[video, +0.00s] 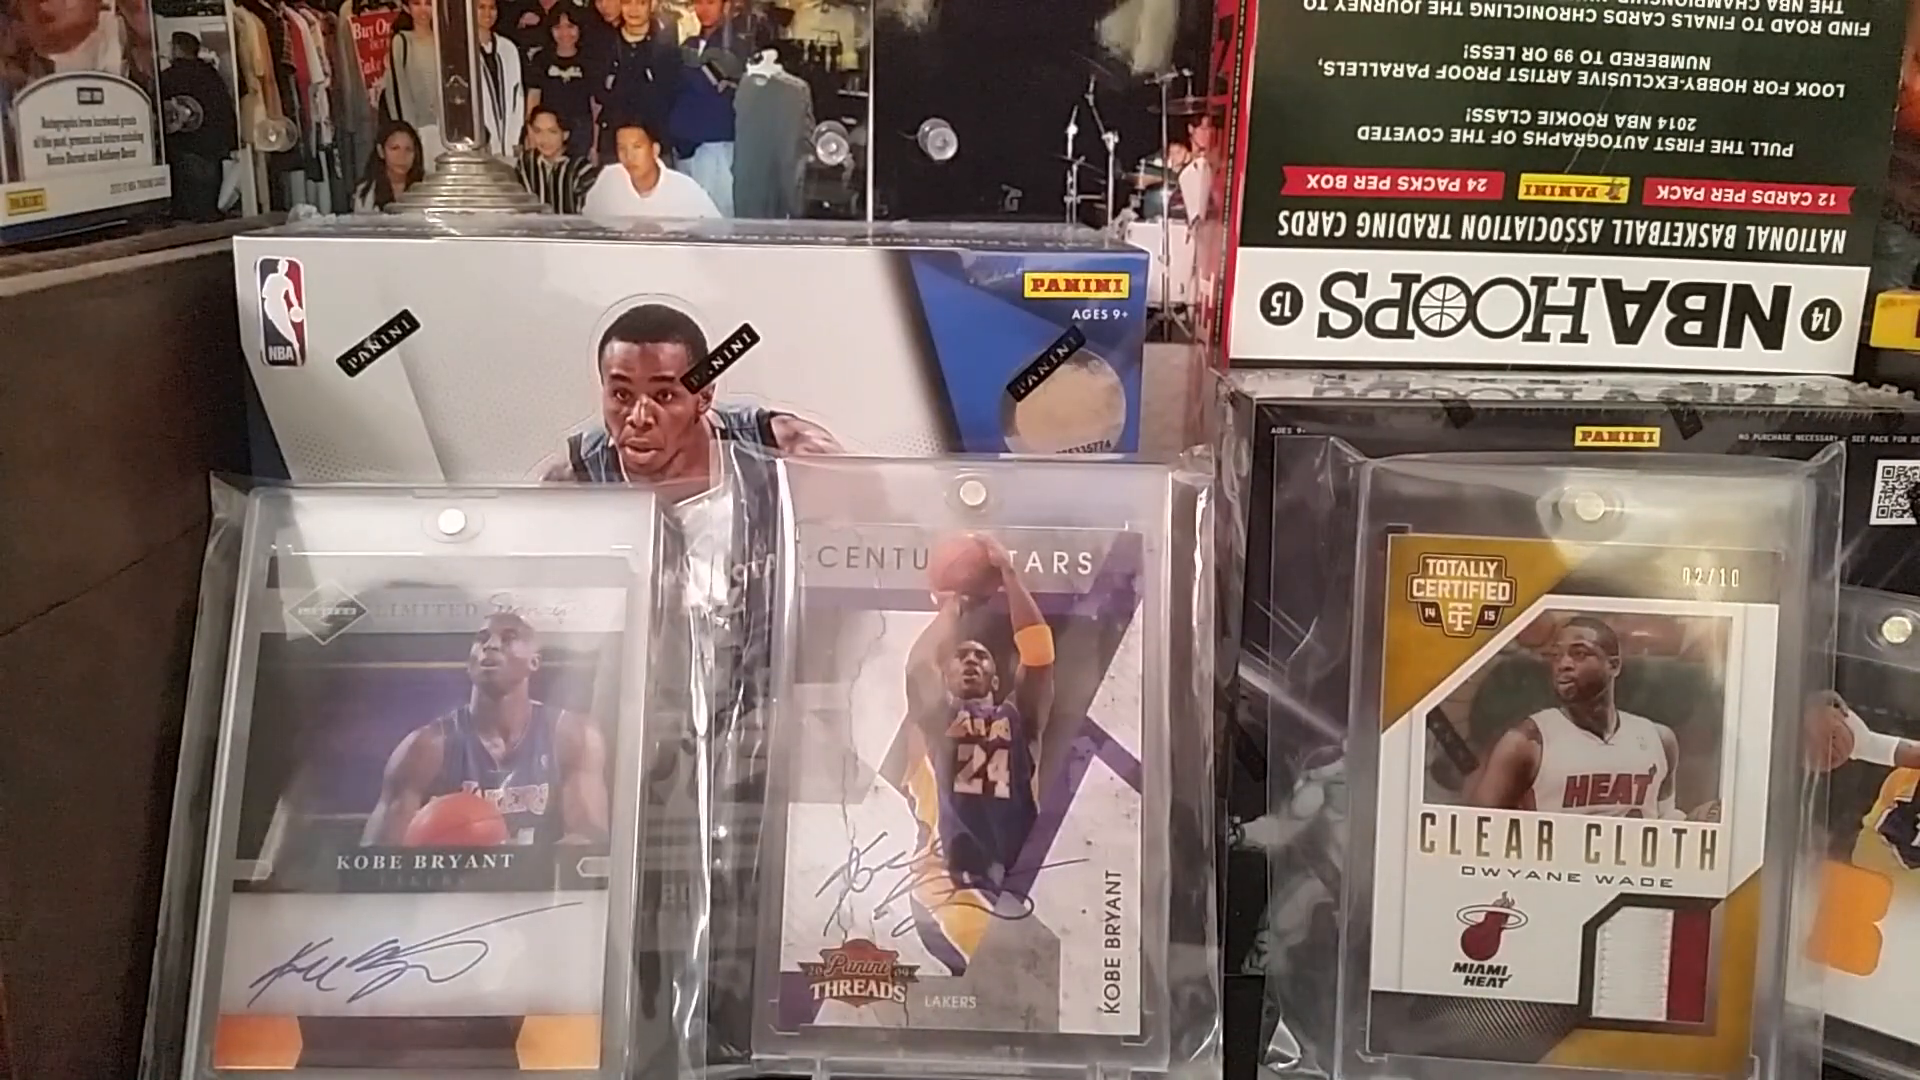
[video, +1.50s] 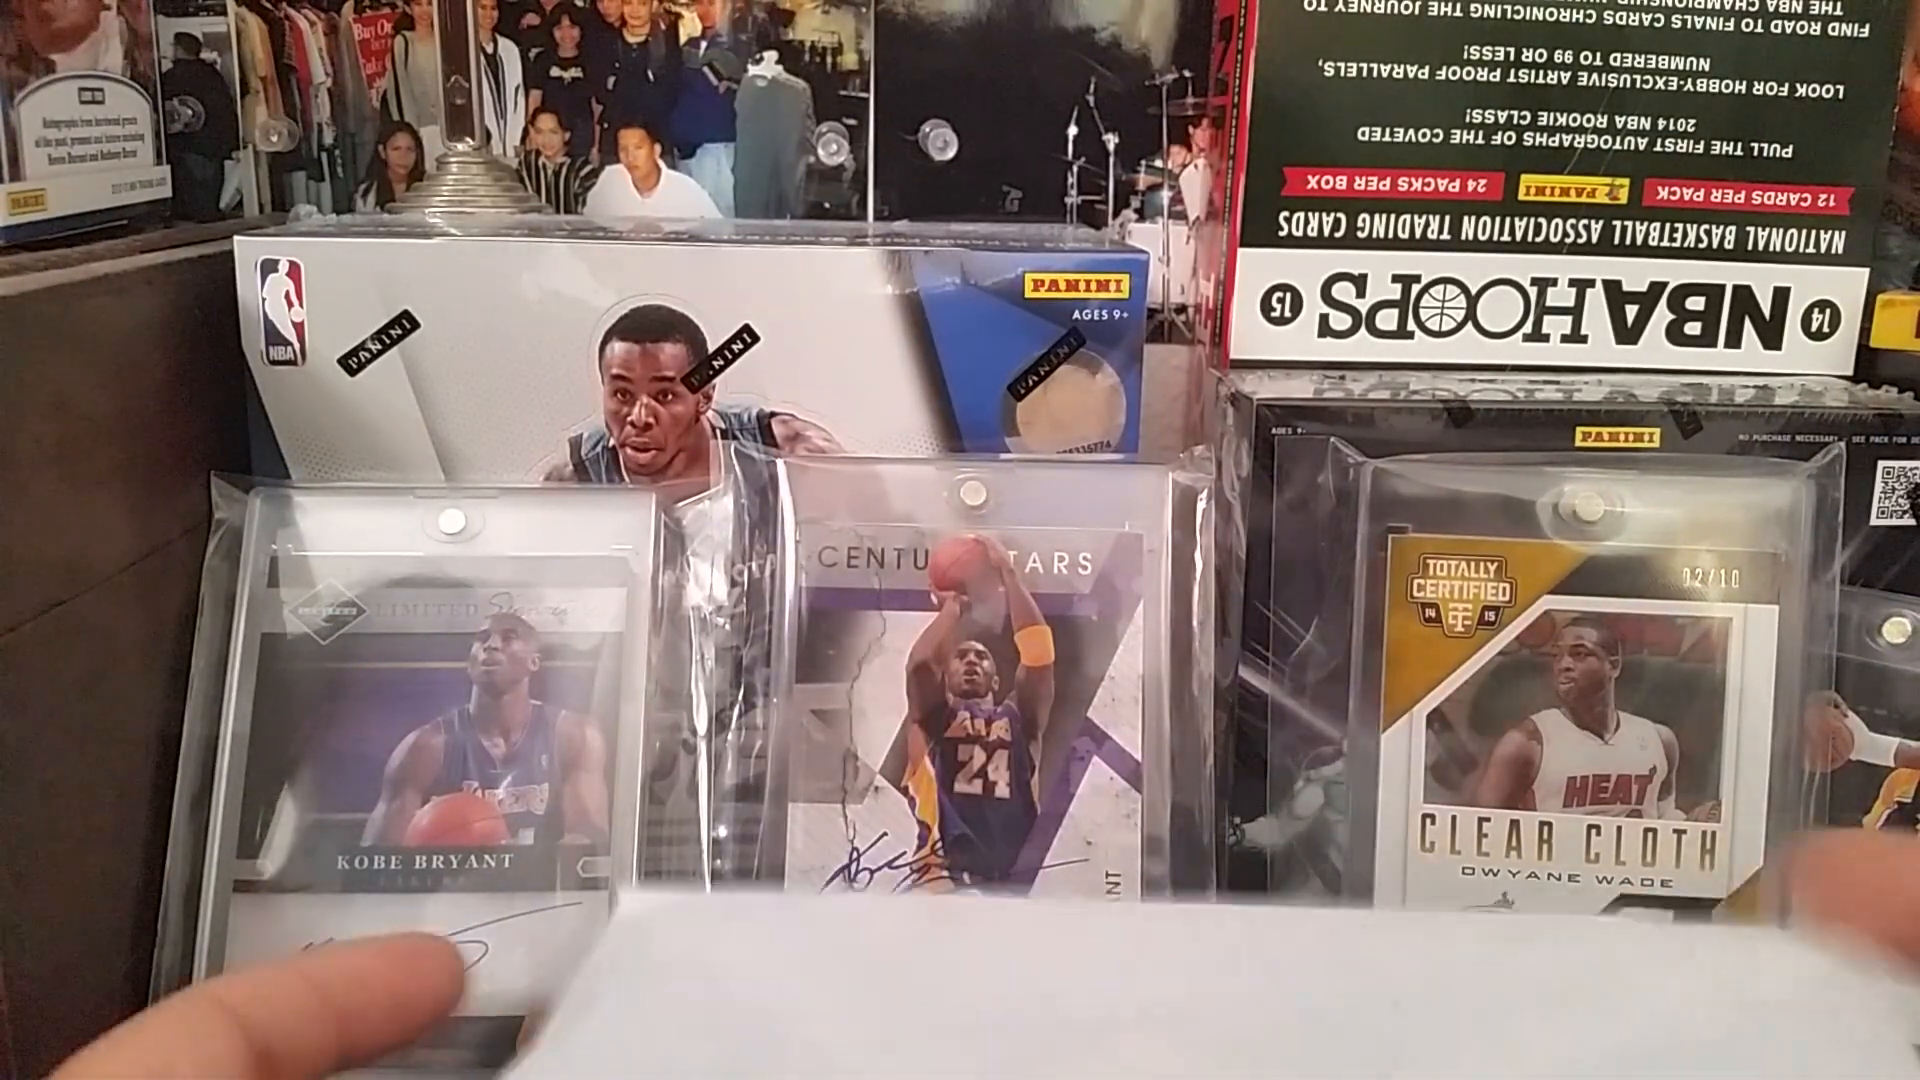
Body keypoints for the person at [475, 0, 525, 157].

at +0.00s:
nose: (488, 13)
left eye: (492, 7)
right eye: (481, 7)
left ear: (497, 11)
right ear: (471, 11)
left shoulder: (510, 48)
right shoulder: (463, 50)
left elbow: (519, 95)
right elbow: (463, 100)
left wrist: (515, 141)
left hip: (511, 145)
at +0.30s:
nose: (489, 13)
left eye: (493, 7)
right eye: (482, 7)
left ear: (497, 11)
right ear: (471, 10)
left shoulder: (510, 48)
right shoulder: (464, 50)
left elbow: (519, 95)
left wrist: (515, 141)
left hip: (511, 145)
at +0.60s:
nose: (489, 13)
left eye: (493, 7)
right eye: (483, 7)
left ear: (498, 11)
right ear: (472, 11)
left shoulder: (510, 48)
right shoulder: (465, 50)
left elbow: (519, 94)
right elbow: (465, 99)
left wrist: (515, 140)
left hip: (512, 143)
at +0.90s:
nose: (489, 14)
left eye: (493, 8)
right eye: (483, 8)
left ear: (498, 11)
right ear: (472, 11)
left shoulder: (511, 48)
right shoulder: (464, 51)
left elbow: (520, 96)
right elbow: (464, 101)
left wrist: (516, 142)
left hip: (512, 146)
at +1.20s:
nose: (490, 14)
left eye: (494, 8)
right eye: (483, 8)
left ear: (498, 11)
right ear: (472, 11)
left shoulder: (511, 48)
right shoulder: (465, 50)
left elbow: (520, 94)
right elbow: (464, 100)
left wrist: (516, 140)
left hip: (512, 144)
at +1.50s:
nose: (489, 14)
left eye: (493, 8)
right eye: (483, 8)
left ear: (498, 12)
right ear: (472, 11)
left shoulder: (511, 48)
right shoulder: (465, 50)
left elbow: (520, 96)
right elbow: (464, 100)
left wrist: (516, 141)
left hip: (512, 144)